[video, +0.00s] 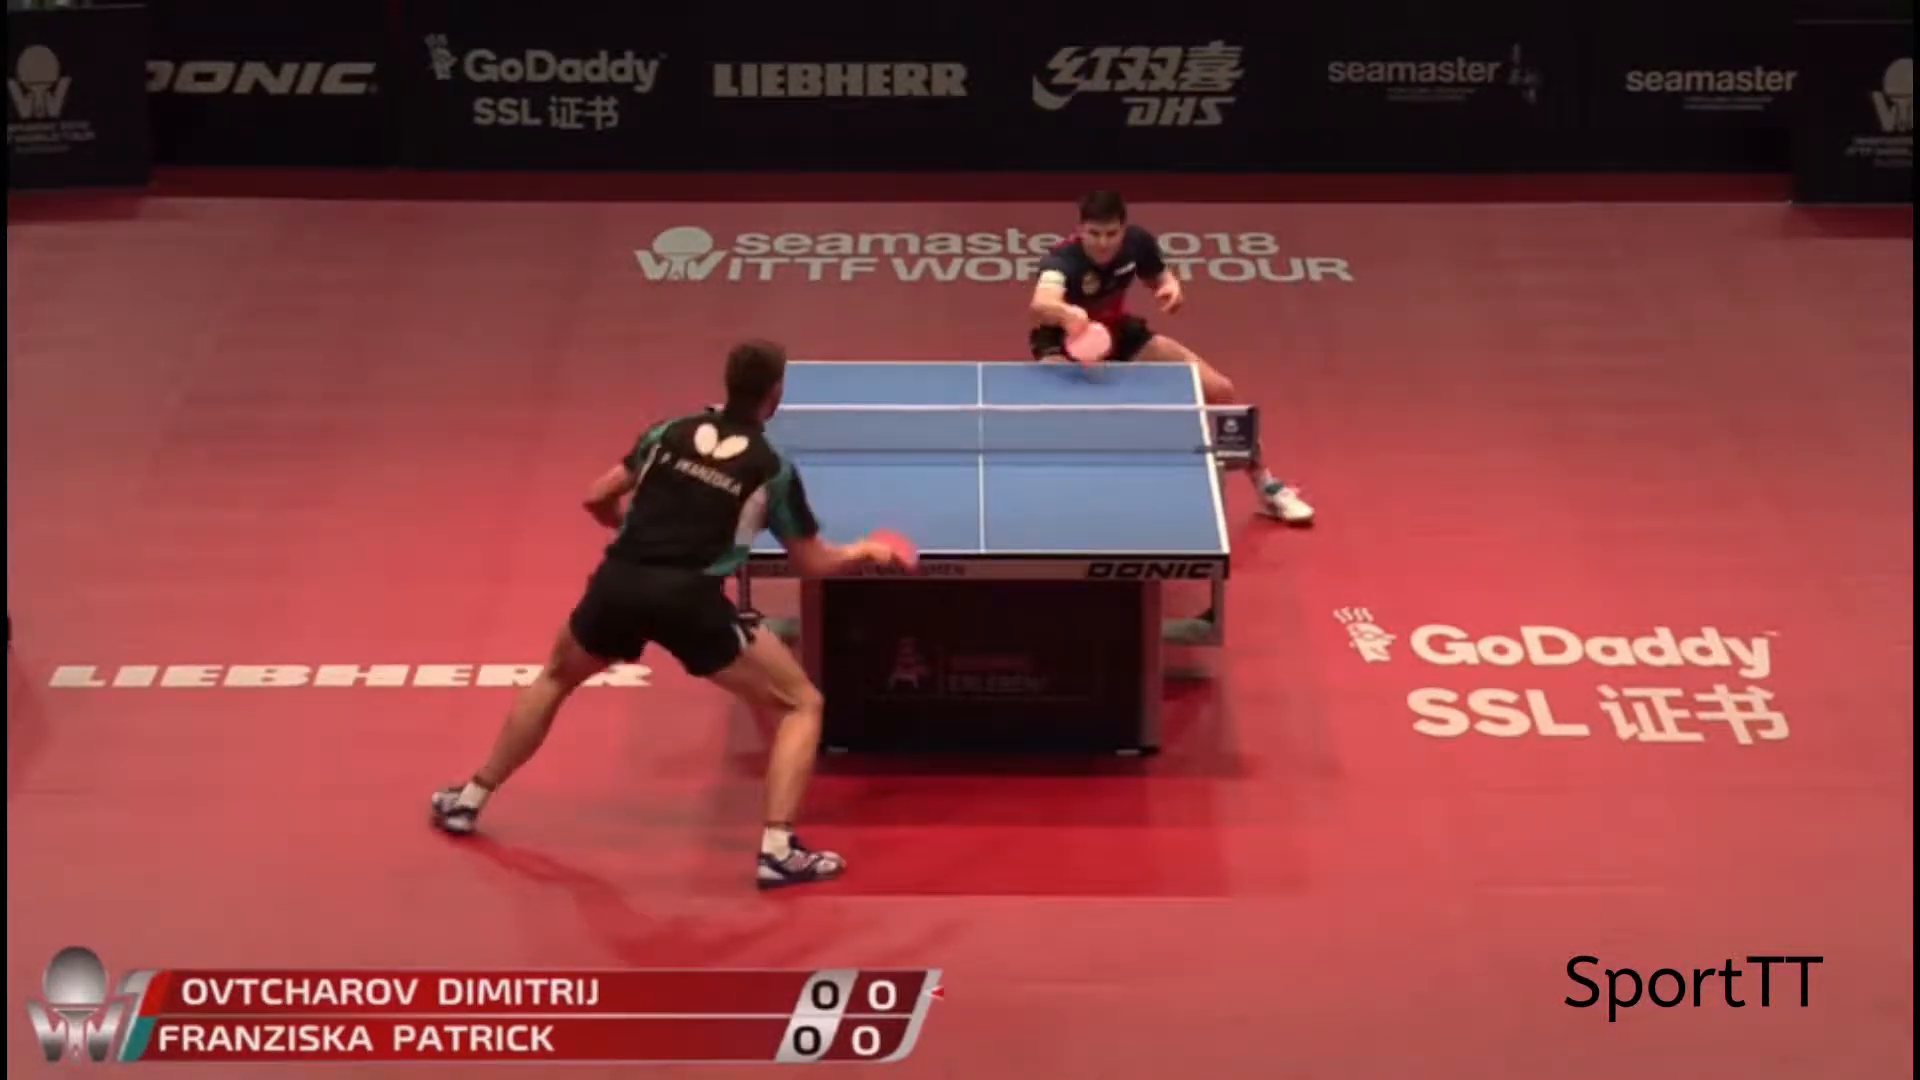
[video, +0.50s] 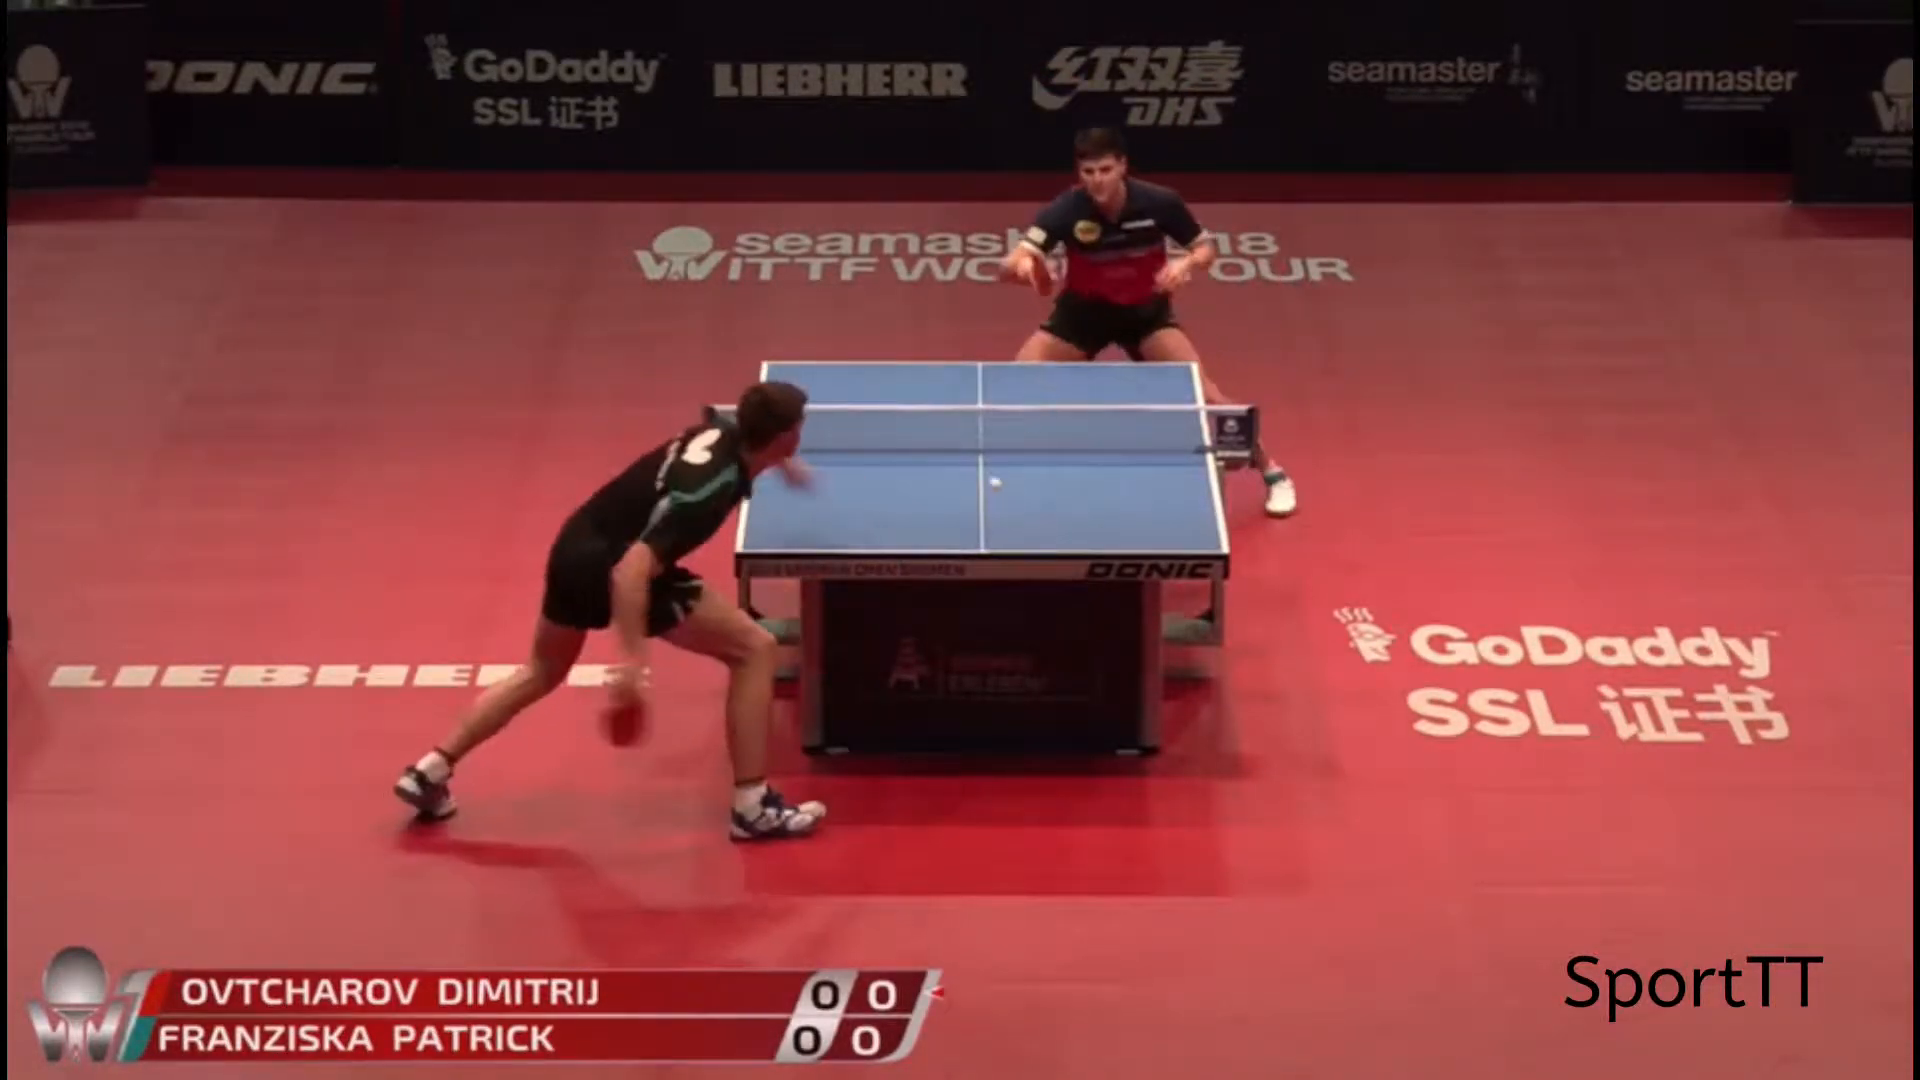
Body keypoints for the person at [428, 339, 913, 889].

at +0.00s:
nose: (782, 397)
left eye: (775, 385)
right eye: (782, 390)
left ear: (727, 384)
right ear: (772, 396)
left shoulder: (670, 431)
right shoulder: (773, 467)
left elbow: (599, 497)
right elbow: (813, 563)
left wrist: (620, 523)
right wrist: (864, 553)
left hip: (619, 585)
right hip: (692, 601)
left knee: (554, 680)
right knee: (801, 704)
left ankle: (470, 799)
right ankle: (777, 849)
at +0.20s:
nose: (773, 386)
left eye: (770, 375)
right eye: (773, 379)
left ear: (720, 367)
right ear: (763, 387)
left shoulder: (672, 393)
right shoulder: (730, 448)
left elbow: (676, 470)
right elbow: (718, 558)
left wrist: (739, 493)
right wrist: (777, 603)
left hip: (576, 548)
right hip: (641, 567)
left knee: (522, 663)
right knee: (752, 673)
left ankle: (455, 796)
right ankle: (751, 820)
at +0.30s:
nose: (779, 403)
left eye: (778, 393)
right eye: (780, 394)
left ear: (730, 381)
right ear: (767, 400)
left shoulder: (690, 405)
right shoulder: (715, 456)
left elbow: (732, 465)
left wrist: (792, 496)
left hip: (564, 543)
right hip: (619, 563)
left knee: (531, 665)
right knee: (747, 647)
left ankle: (442, 777)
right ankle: (743, 801)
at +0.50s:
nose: (796, 445)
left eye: (796, 437)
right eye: (793, 439)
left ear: (748, 420)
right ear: (773, 444)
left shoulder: (722, 423)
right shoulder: (712, 487)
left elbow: (745, 438)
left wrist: (777, 464)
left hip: (573, 555)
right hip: (624, 578)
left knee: (541, 671)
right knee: (755, 650)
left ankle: (433, 768)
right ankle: (753, 804)